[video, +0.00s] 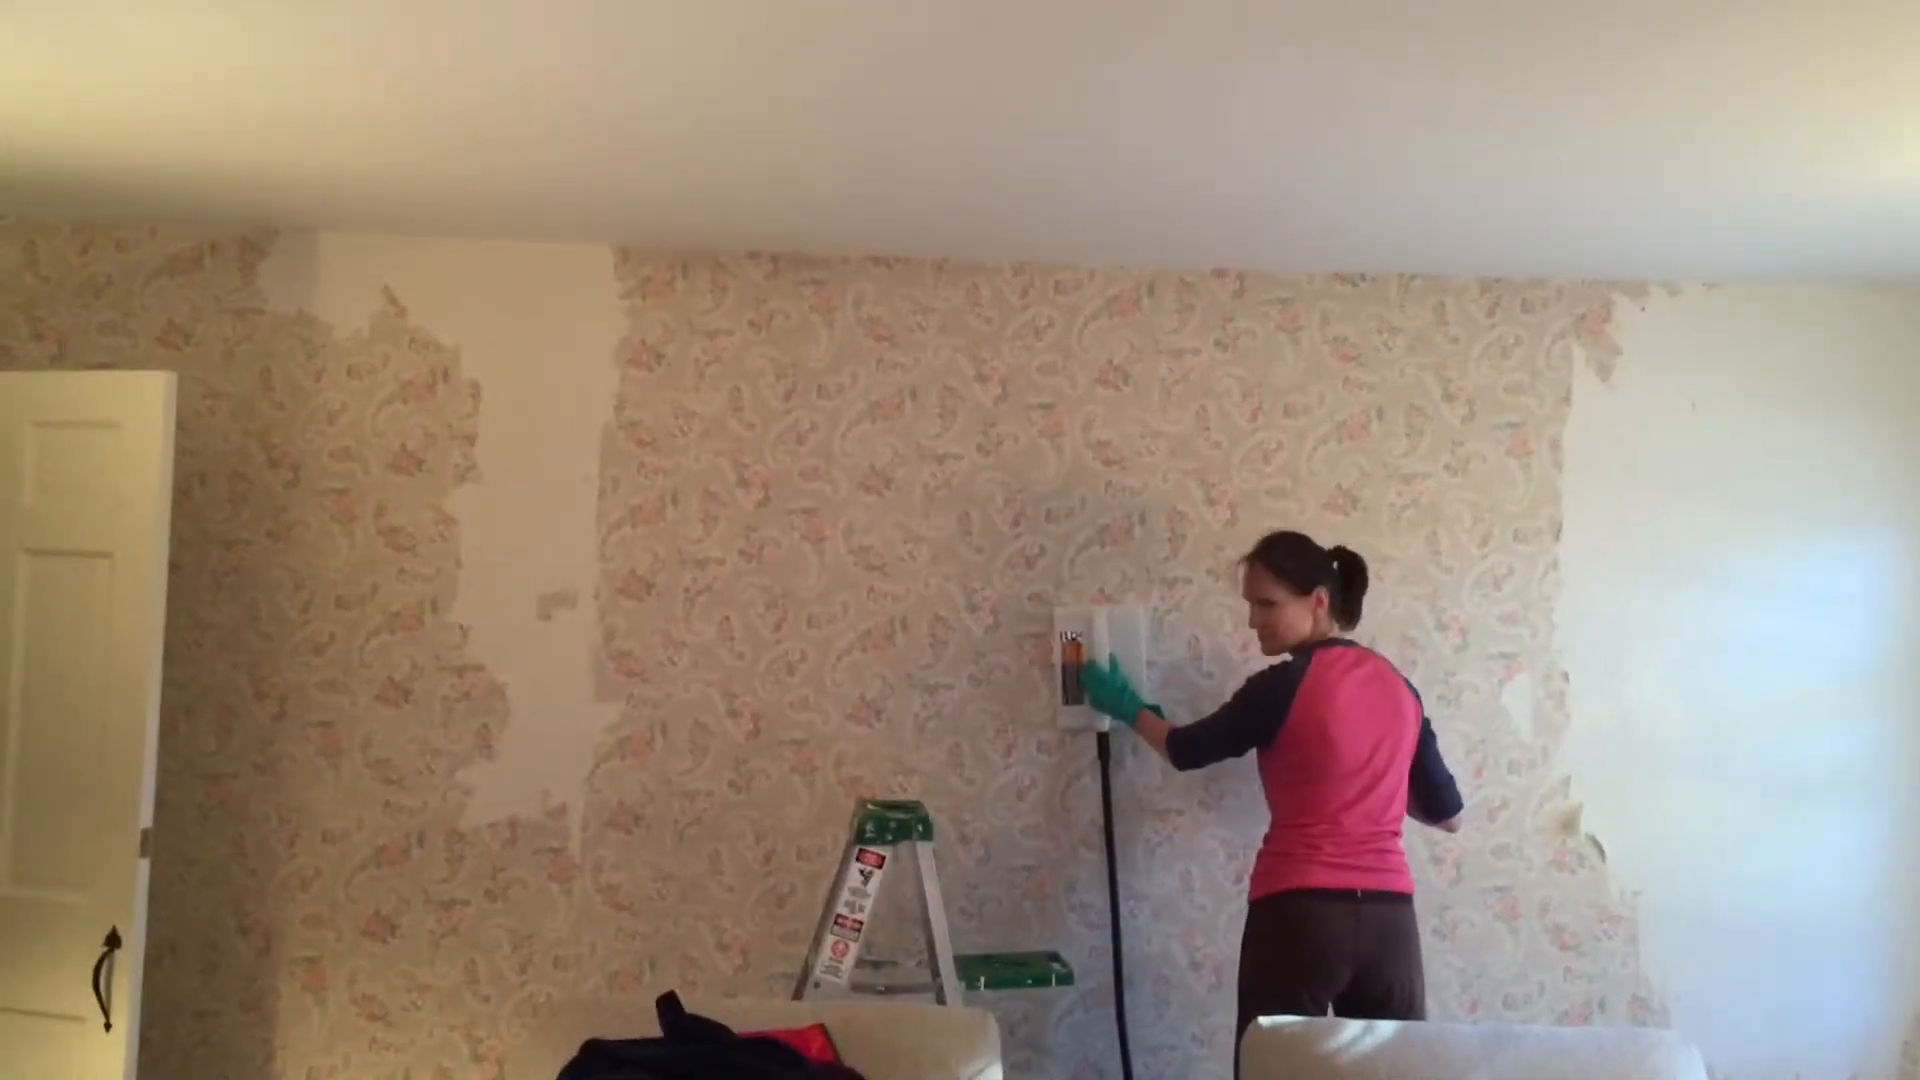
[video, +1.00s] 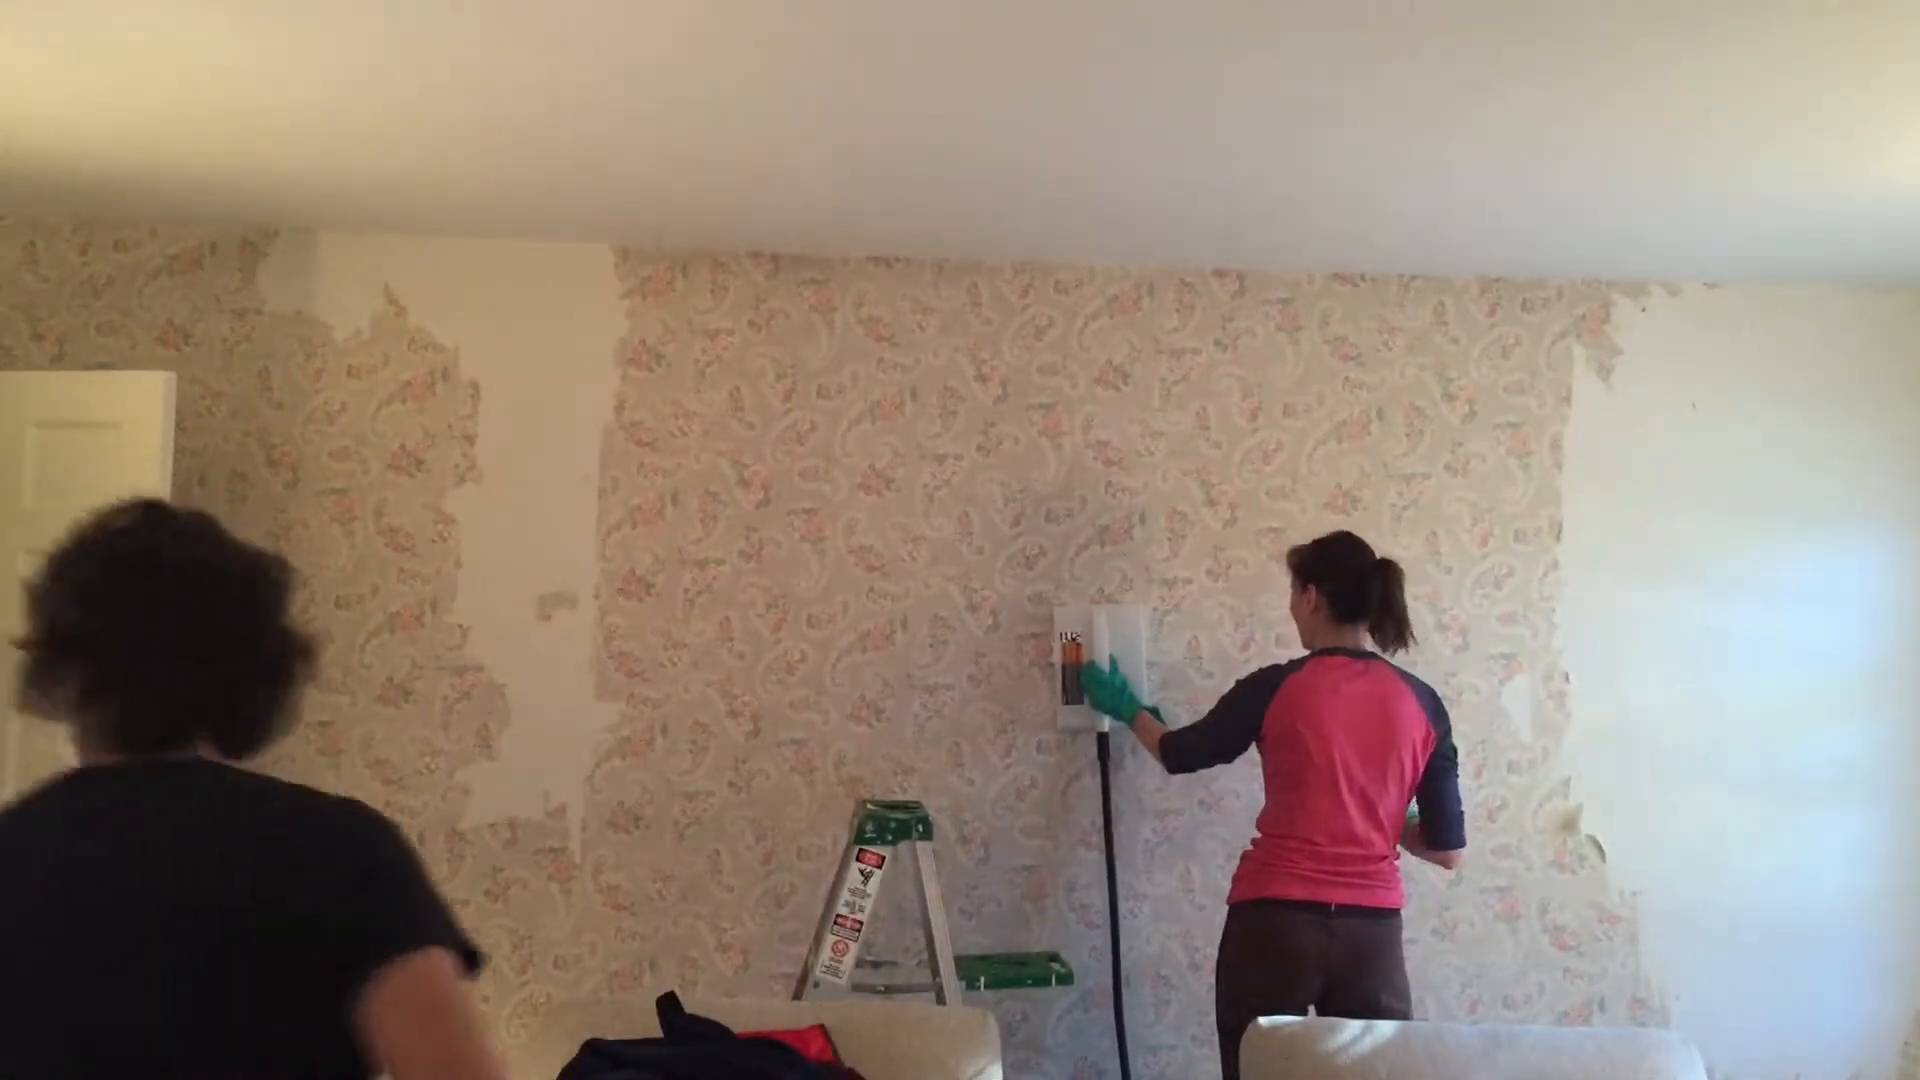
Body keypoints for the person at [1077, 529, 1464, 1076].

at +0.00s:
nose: (1254, 619)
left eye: (1266, 604)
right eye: (1252, 605)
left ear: (1317, 602)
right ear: (1322, 603)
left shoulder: (1283, 685)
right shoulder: (1398, 688)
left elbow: (1184, 749)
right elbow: (1445, 809)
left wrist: (1125, 705)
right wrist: (1373, 764)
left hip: (1296, 922)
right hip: (1389, 925)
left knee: (1269, 1073)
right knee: (1397, 1074)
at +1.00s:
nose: (1291, 606)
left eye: (1294, 590)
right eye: (1293, 590)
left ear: (1313, 596)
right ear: (1370, 598)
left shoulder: (1275, 685)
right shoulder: (1425, 704)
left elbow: (1177, 753)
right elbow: (1446, 848)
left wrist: (1128, 709)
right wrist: (1378, 815)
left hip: (1270, 933)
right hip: (1371, 940)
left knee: (1254, 1073)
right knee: (1380, 1076)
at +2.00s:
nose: (1293, 597)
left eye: (1298, 586)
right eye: (1297, 585)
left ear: (1316, 605)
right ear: (1376, 606)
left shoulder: (1270, 687)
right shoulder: (1421, 705)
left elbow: (1169, 758)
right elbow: (1444, 849)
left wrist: (1125, 713)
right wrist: (1373, 828)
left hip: (1263, 930)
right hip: (1365, 938)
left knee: (1248, 1074)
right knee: (1379, 1076)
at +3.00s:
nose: (1233, 633)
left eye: (1237, 617)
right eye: (1231, 619)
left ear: (1274, 615)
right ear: (1292, 615)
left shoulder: (1238, 690)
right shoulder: (1383, 694)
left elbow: (1145, 790)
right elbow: (1430, 817)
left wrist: (1124, 716)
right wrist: (1429, 759)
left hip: (1272, 918)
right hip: (1370, 919)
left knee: (1256, 1074)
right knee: (1400, 1074)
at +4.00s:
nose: (1214, 635)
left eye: (1213, 622)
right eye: (1208, 622)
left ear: (1247, 620)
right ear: (1285, 611)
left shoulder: (1245, 696)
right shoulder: (1367, 689)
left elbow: (1154, 729)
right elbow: (1423, 791)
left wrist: (1125, 664)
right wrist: (1432, 752)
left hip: (1259, 932)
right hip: (1351, 933)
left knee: (1240, 1074)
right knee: (1362, 1076)